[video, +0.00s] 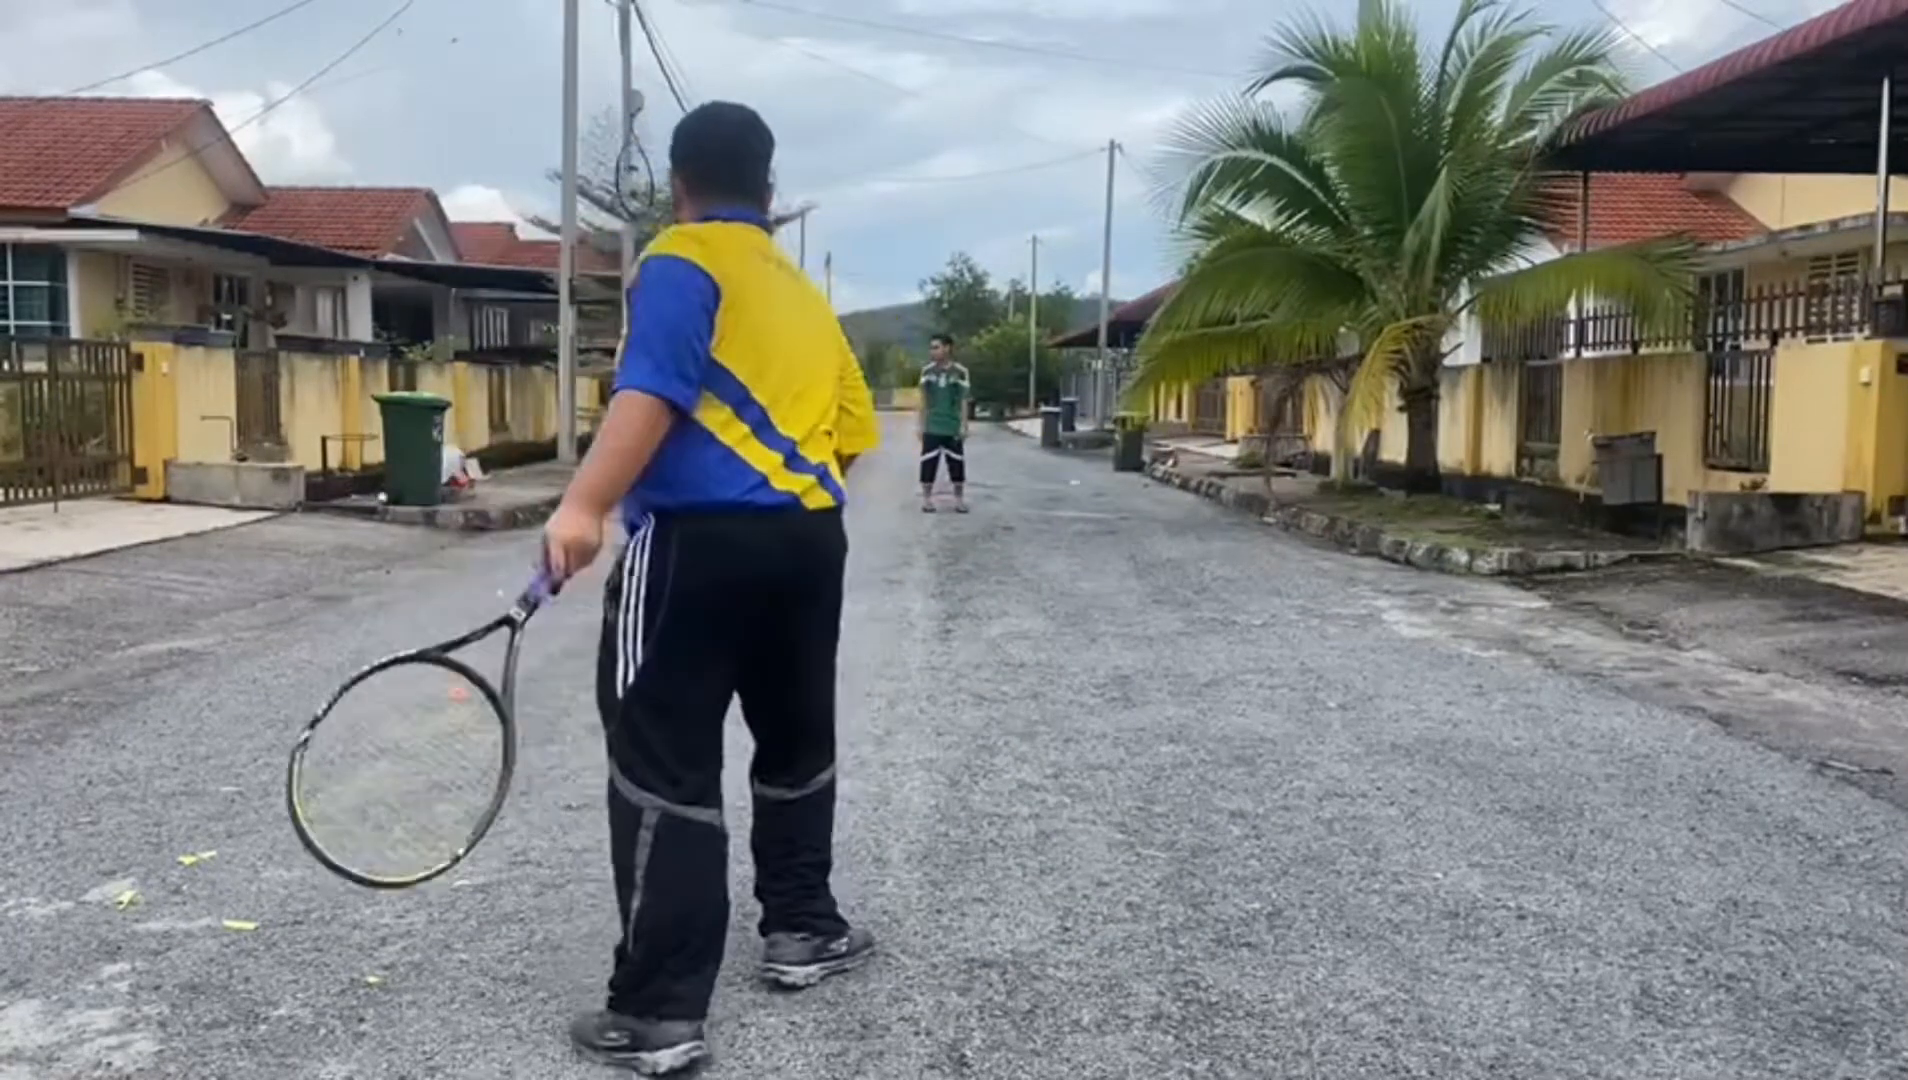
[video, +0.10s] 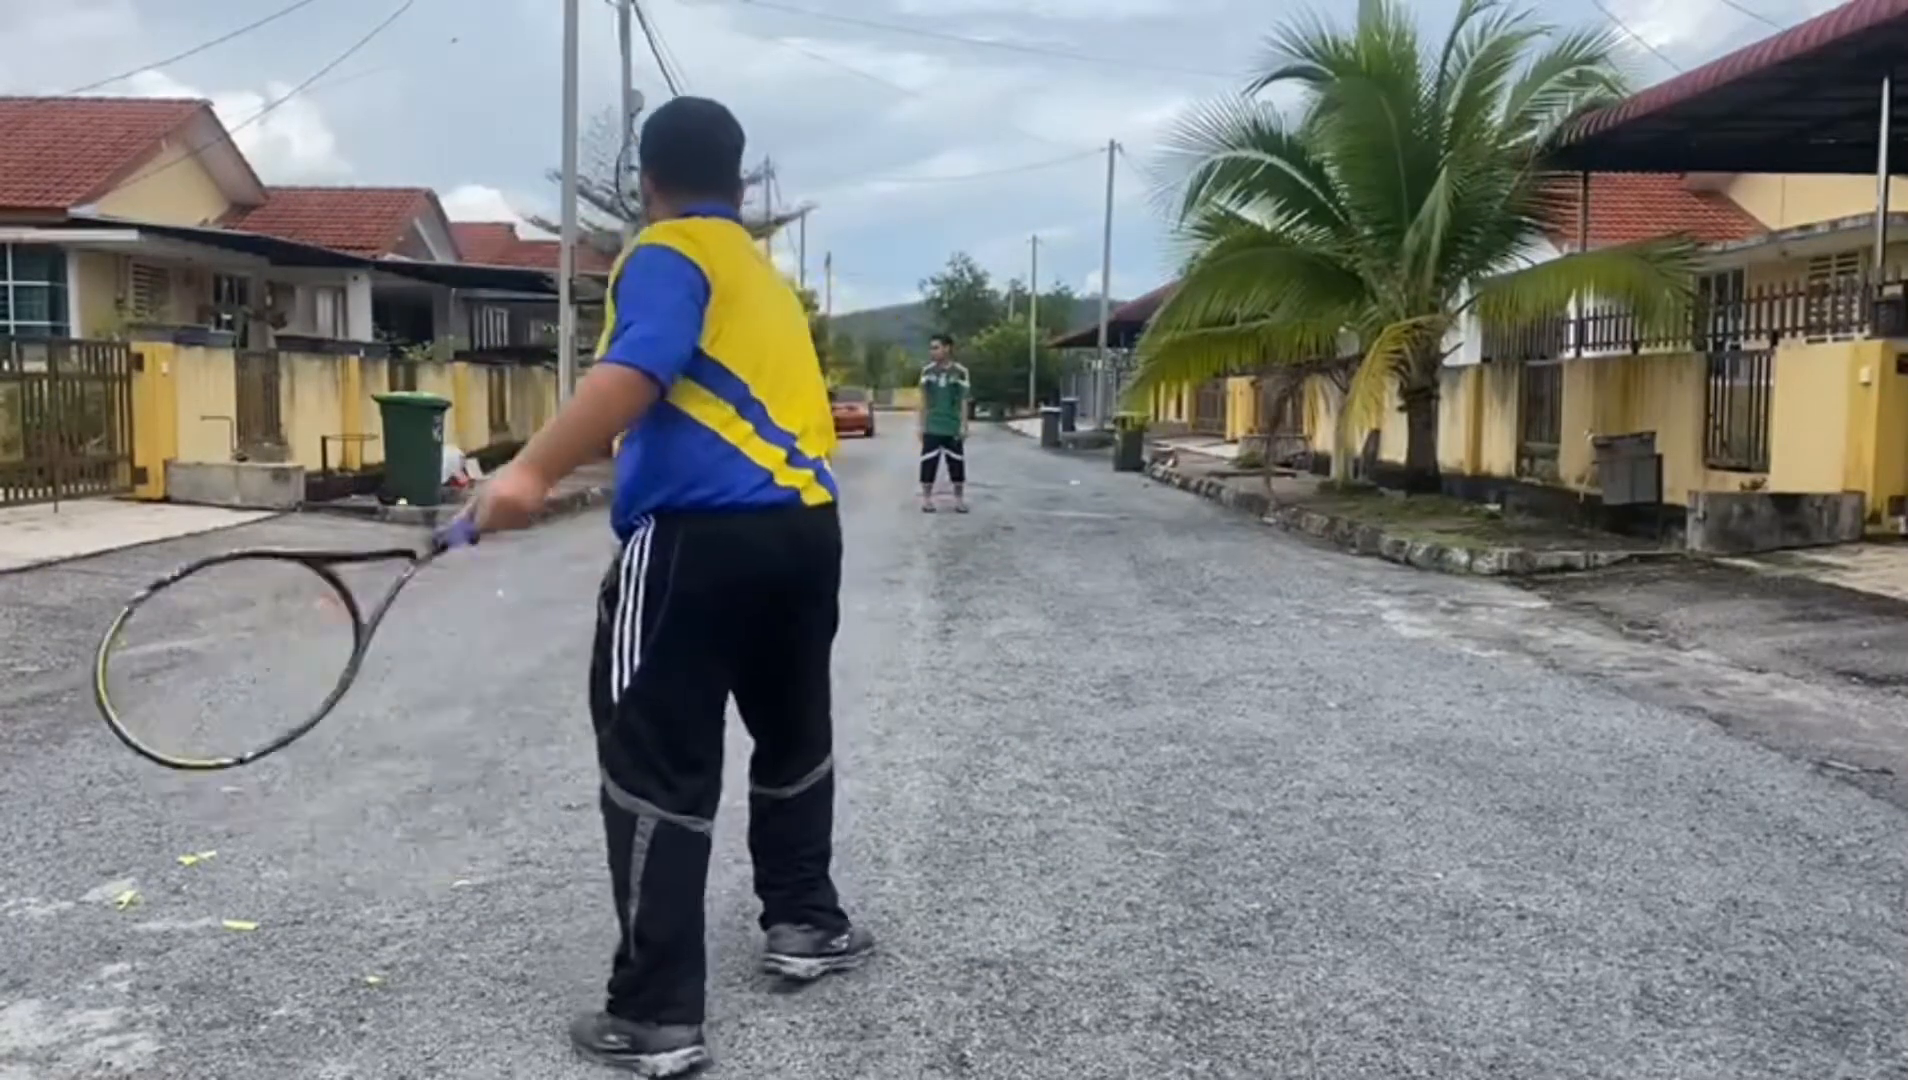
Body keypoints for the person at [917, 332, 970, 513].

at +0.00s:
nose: (933, 352)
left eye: (937, 347)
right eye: (931, 348)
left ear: (947, 348)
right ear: (930, 351)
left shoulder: (960, 372)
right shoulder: (927, 371)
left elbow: (964, 401)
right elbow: (923, 401)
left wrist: (964, 425)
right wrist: (921, 426)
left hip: (953, 426)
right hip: (931, 426)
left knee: (957, 465)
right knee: (928, 465)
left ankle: (959, 498)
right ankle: (927, 498)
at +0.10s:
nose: (933, 352)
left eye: (936, 348)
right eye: (931, 348)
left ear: (947, 348)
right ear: (930, 351)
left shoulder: (960, 372)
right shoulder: (927, 371)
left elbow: (964, 401)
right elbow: (923, 401)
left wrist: (964, 426)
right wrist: (921, 426)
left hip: (953, 426)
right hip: (931, 425)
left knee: (957, 465)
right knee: (928, 465)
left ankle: (959, 498)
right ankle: (927, 498)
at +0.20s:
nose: (933, 352)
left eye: (937, 347)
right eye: (931, 348)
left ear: (948, 348)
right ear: (930, 351)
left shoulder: (960, 372)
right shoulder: (927, 371)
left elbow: (964, 401)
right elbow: (923, 401)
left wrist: (964, 426)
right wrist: (921, 426)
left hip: (953, 426)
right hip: (931, 425)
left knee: (957, 465)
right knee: (928, 464)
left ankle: (959, 498)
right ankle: (927, 498)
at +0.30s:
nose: (933, 352)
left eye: (937, 347)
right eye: (932, 348)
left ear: (948, 348)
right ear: (931, 350)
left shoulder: (960, 372)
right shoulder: (927, 371)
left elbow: (964, 401)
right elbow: (923, 401)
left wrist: (964, 425)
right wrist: (921, 426)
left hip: (953, 426)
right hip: (932, 425)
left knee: (957, 465)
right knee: (928, 464)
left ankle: (959, 498)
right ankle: (927, 498)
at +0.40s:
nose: (934, 351)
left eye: (938, 347)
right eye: (933, 347)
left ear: (949, 348)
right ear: (931, 350)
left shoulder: (961, 372)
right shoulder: (927, 371)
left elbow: (964, 401)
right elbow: (923, 401)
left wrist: (964, 425)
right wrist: (921, 425)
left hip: (953, 426)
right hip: (931, 425)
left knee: (957, 465)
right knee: (928, 464)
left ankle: (959, 498)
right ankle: (927, 498)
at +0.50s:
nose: (937, 351)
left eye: (940, 347)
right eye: (934, 347)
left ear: (950, 349)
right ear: (931, 350)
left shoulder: (961, 372)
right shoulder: (926, 371)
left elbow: (964, 401)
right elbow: (923, 400)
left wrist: (964, 425)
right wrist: (921, 424)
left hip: (953, 425)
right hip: (932, 425)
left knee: (957, 465)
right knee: (929, 464)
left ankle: (959, 498)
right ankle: (927, 498)